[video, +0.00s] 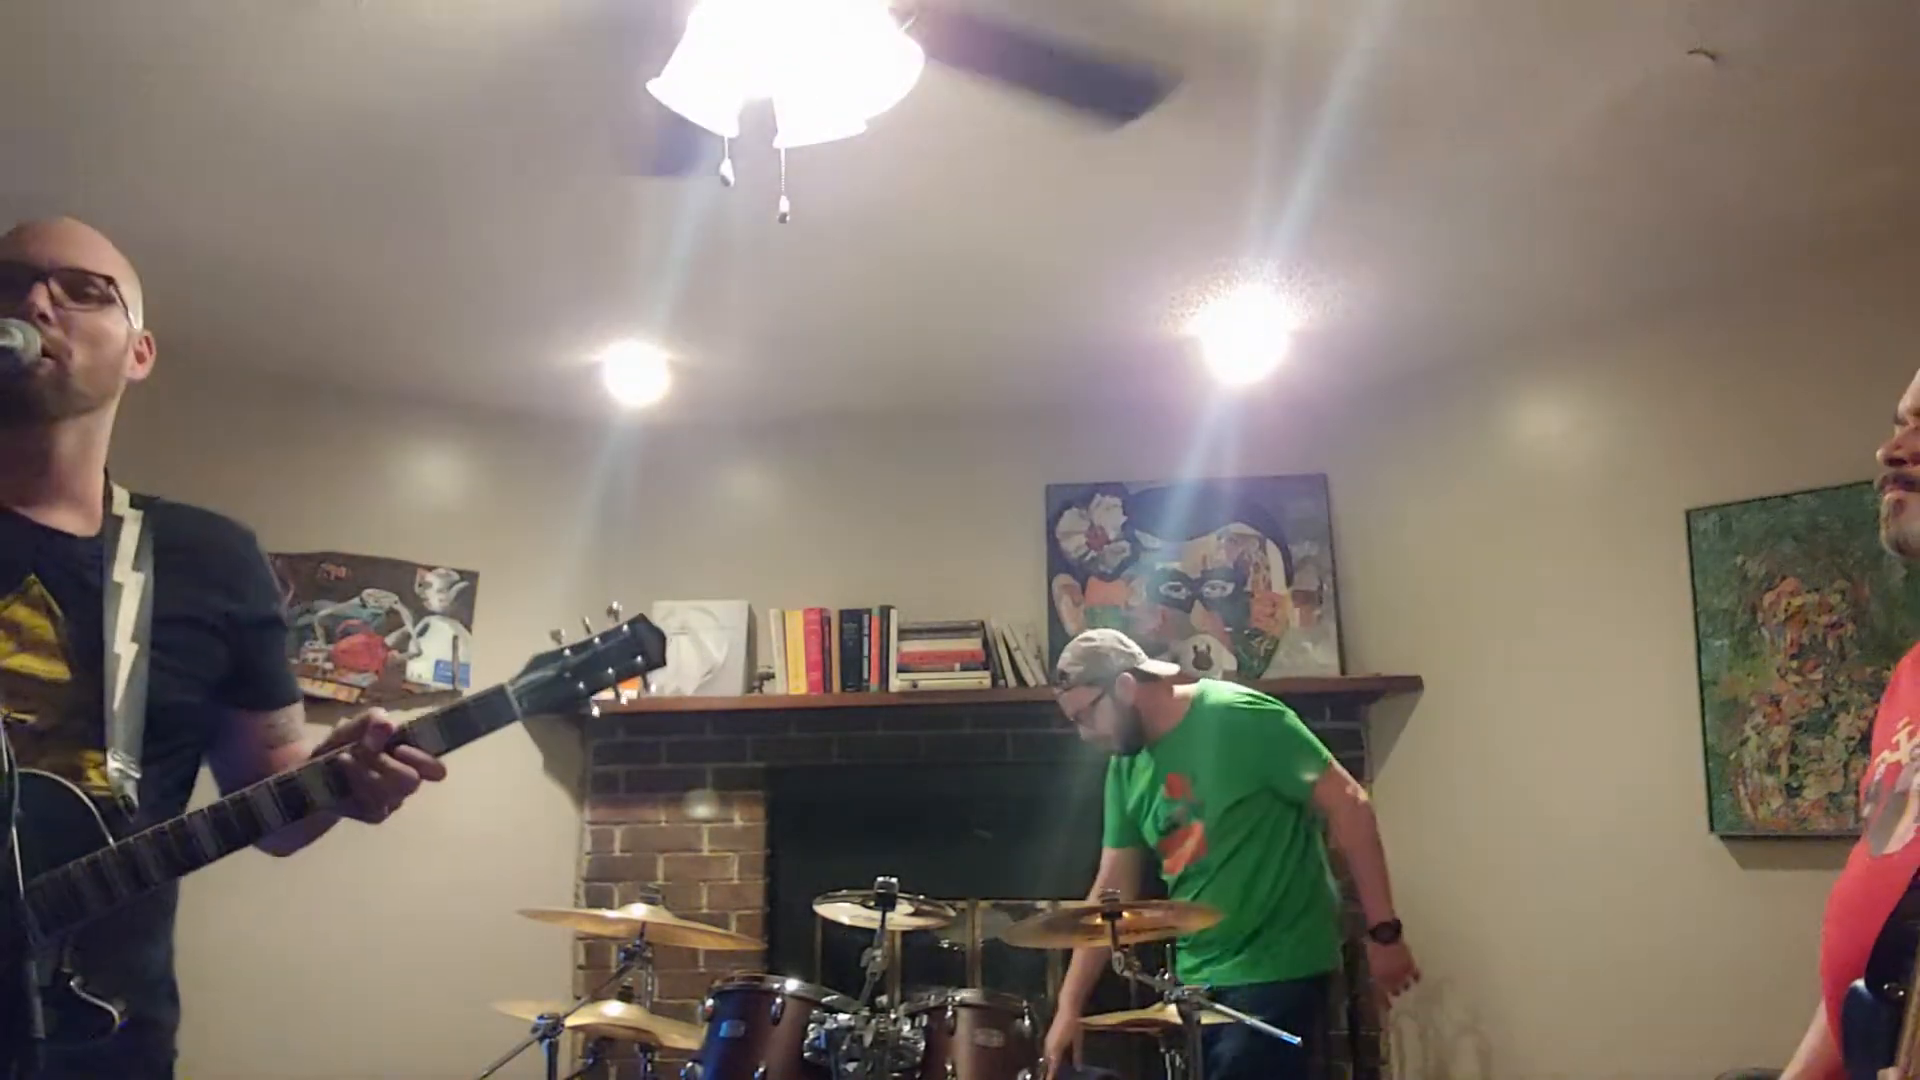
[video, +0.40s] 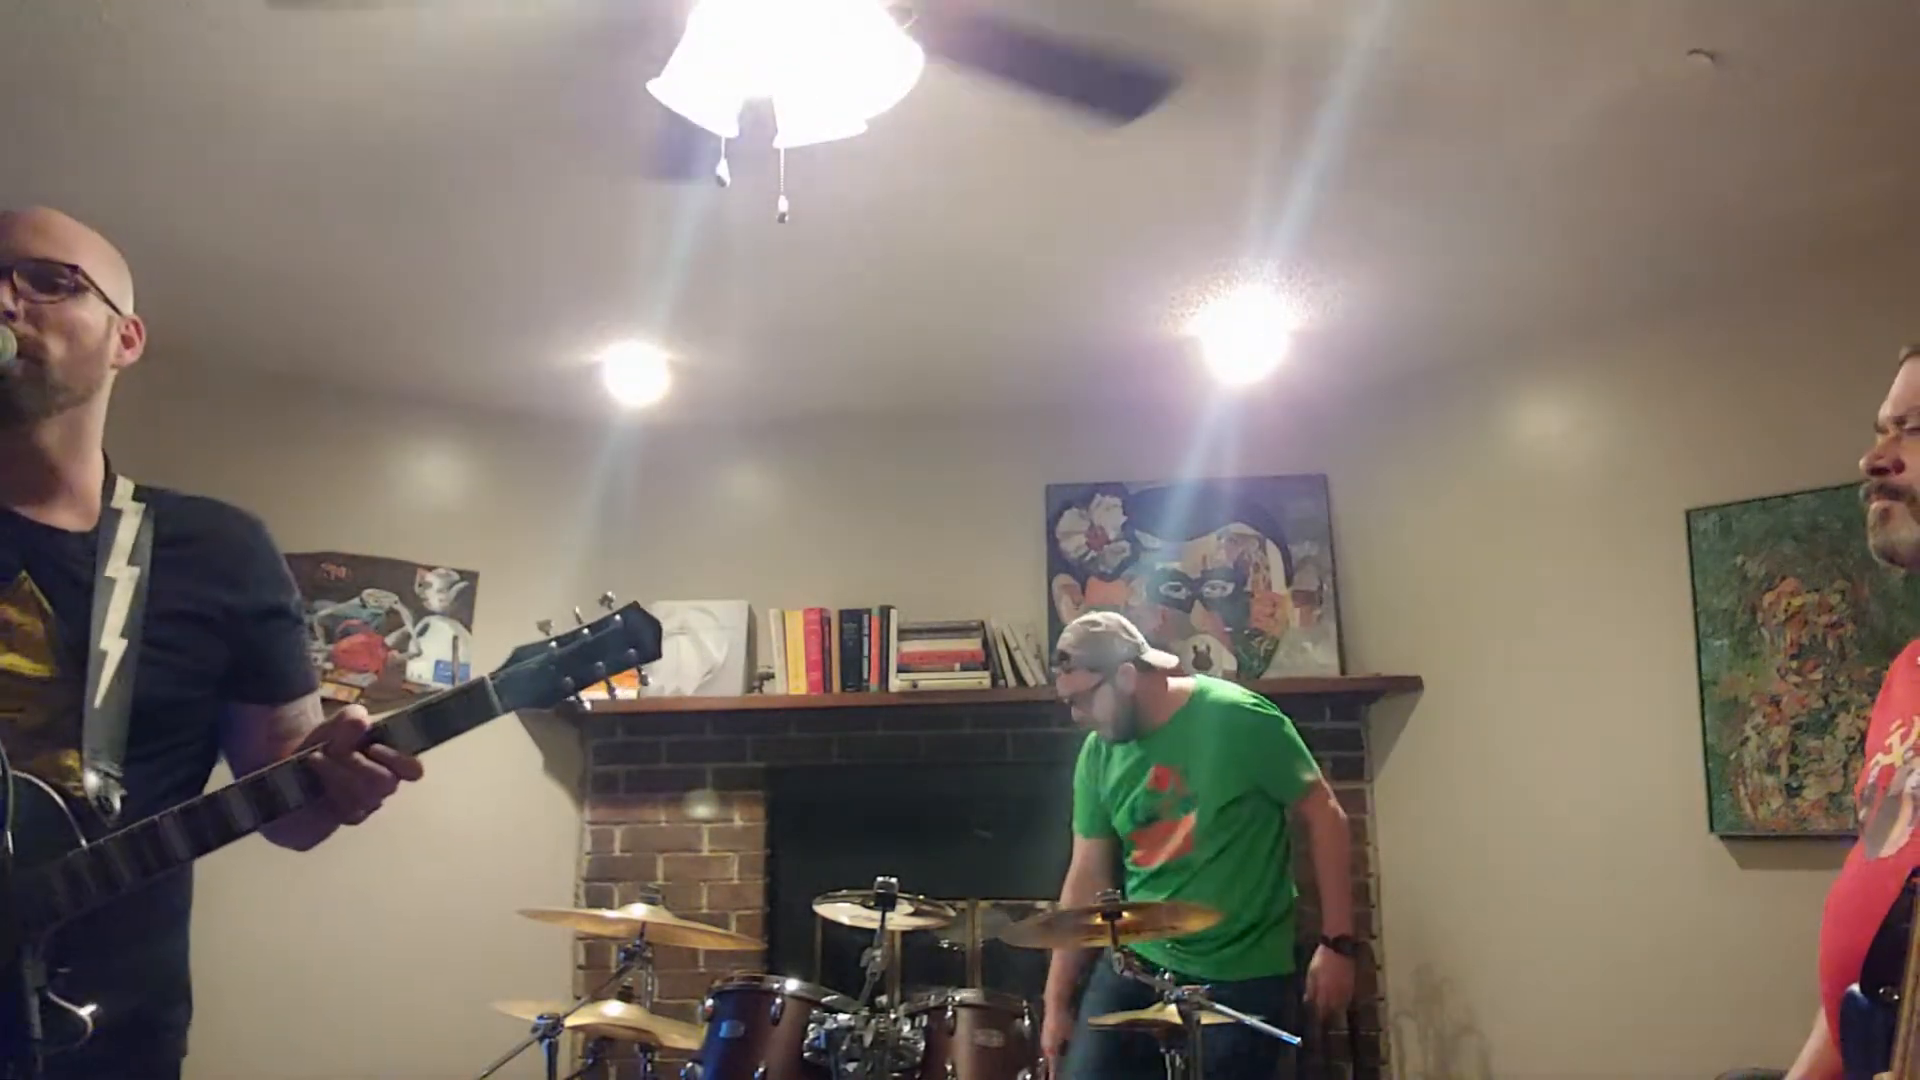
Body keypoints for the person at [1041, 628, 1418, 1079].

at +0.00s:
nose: (1086, 734)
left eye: (1086, 716)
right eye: (1077, 723)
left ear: (1125, 687)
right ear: (1125, 689)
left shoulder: (1241, 716)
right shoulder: (1126, 764)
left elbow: (1349, 803)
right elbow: (1111, 893)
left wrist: (1384, 931)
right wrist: (1069, 1005)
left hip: (1280, 976)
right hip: (1197, 980)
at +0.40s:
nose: (1077, 716)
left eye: (1082, 699)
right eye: (1069, 703)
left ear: (1126, 676)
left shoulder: (1241, 719)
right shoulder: (1099, 753)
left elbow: (1326, 816)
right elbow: (1087, 879)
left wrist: (1339, 942)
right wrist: (1057, 1001)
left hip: (1242, 977)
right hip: (1135, 970)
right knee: (1082, 1072)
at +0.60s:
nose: (1088, 685)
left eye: (1095, 669)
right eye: (1081, 672)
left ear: (1142, 650)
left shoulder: (1244, 719)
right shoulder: (1093, 729)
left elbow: (1319, 825)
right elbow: (1076, 855)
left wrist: (1329, 952)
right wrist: (1050, 966)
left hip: (1207, 973)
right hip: (1106, 960)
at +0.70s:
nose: (1093, 671)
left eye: (1106, 654)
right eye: (1086, 657)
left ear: (1157, 642)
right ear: (1082, 652)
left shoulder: (1242, 725)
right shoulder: (1084, 721)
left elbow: (1303, 841)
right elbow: (1059, 839)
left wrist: (1308, 962)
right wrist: (1031, 940)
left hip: (1192, 974)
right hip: (1088, 961)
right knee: (1046, 982)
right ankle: (1060, 1075)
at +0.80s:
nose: (1093, 665)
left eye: (1108, 650)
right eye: (1085, 650)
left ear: (1162, 642)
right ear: (1078, 647)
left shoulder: (1232, 736)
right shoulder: (1069, 718)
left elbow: (1276, 853)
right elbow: (1030, 840)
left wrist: (1262, 970)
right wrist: (998, 957)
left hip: (1170, 980)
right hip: (1061, 964)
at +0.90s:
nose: (1093, 675)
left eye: (1109, 660)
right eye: (1085, 658)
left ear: (1158, 657)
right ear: (1077, 651)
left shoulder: (1213, 754)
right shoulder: (1047, 723)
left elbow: (1239, 883)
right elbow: (1000, 836)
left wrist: (1199, 989)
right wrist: (973, 956)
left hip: (1145, 991)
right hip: (1029, 974)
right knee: (973, 1064)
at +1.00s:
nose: (1084, 700)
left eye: (1103, 686)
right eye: (1075, 681)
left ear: (1145, 682)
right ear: (1064, 670)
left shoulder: (1180, 772)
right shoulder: (1017, 738)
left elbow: (1192, 912)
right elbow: (965, 843)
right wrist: (949, 964)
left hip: (1116, 988)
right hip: (1007, 975)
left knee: (1115, 1064)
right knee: (963, 1064)